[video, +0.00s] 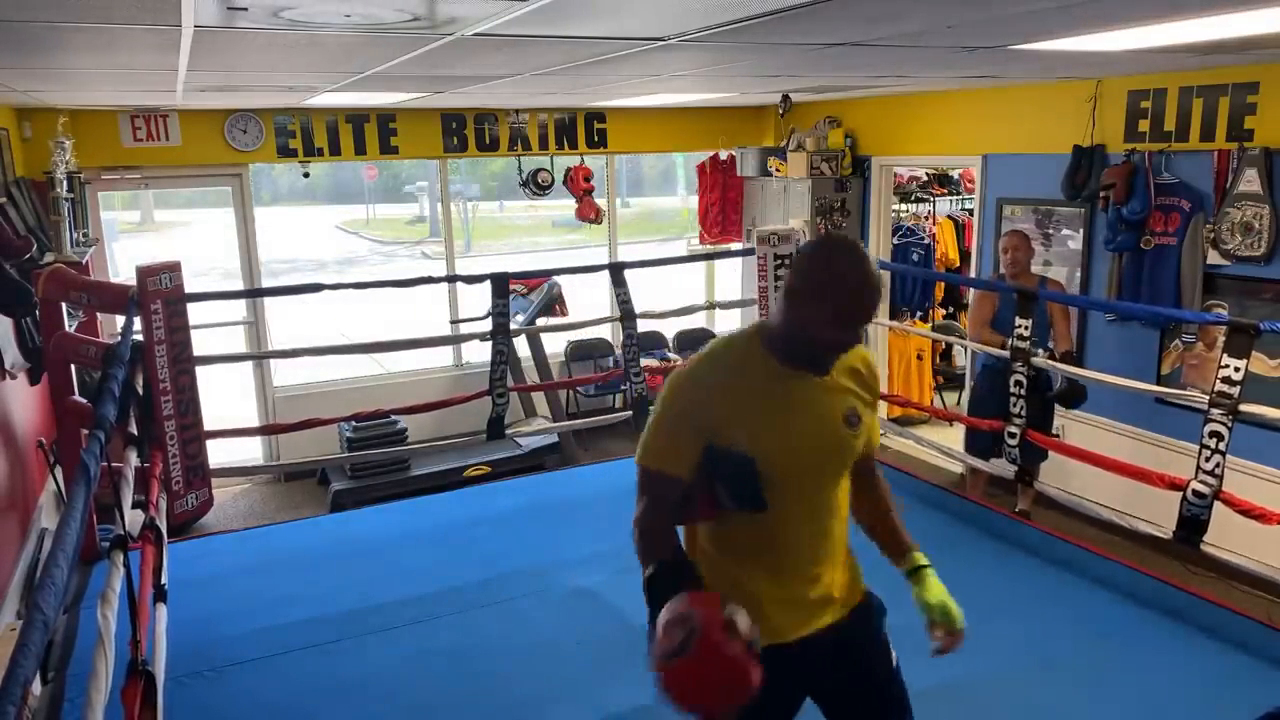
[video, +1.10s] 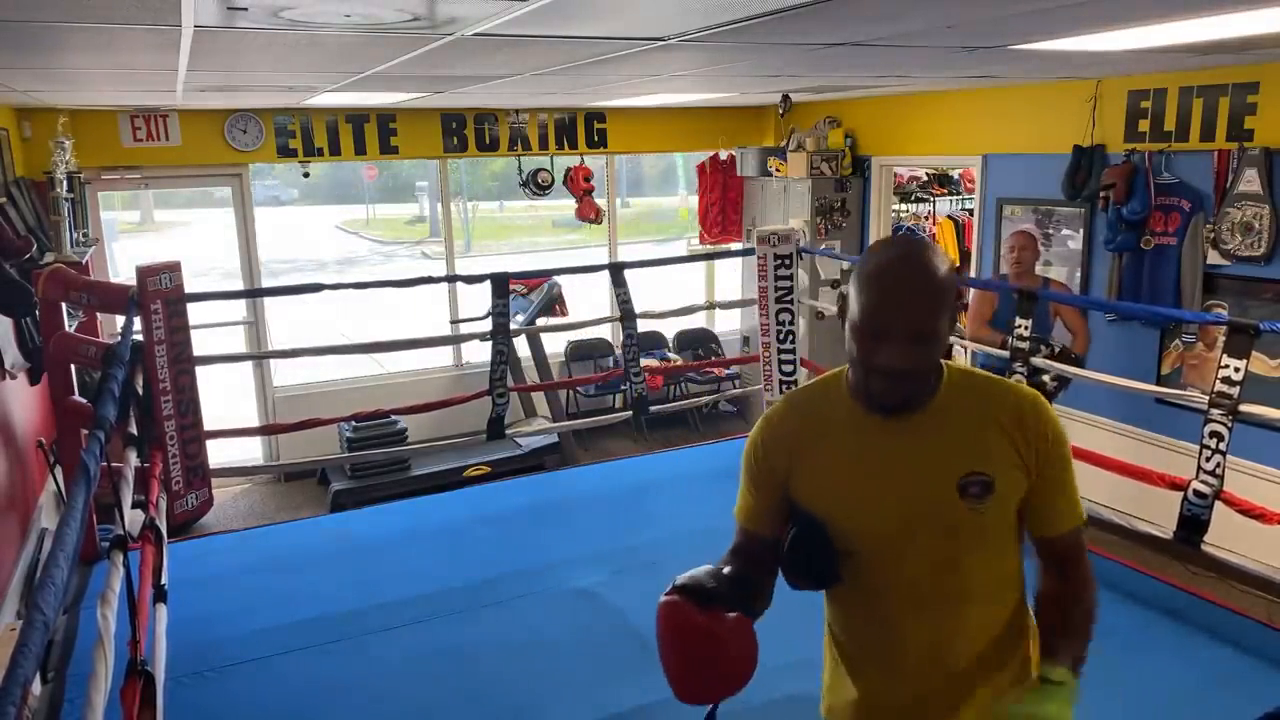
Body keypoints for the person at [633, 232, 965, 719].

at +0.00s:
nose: (851, 343)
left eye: (860, 328)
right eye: (842, 325)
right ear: (797, 300)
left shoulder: (856, 372)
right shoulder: (699, 387)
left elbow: (864, 480)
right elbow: (652, 519)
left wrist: (919, 573)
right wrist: (684, 621)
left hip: (843, 624)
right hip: (743, 647)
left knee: (889, 711)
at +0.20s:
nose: (908, 351)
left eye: (916, 335)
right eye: (901, 332)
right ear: (858, 311)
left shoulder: (906, 386)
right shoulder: (742, 389)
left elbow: (901, 489)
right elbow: (684, 506)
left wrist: (967, 586)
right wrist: (675, 613)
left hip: (878, 651)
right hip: (774, 663)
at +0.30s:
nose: (940, 351)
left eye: (951, 337)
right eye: (931, 332)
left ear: (959, 326)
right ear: (886, 305)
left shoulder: (947, 390)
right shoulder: (773, 384)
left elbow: (943, 502)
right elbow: (710, 505)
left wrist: (1002, 606)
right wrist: (692, 598)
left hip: (902, 656)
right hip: (794, 664)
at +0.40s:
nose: (974, 354)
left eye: (986, 339)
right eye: (965, 334)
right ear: (915, 302)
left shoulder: (983, 402)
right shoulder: (796, 383)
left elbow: (993, 525)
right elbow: (725, 505)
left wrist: (1040, 629)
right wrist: (716, 579)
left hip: (927, 669)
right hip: (819, 671)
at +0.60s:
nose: (990, 355)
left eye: (1008, 340)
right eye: (980, 331)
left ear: (1019, 336)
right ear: (931, 296)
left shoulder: (1024, 413)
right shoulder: (818, 391)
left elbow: (1044, 554)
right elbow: (752, 500)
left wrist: (1111, 669)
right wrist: (737, 552)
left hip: (961, 681)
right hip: (845, 684)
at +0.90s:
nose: (911, 363)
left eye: (936, 343)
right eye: (892, 339)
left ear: (961, 329)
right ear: (859, 319)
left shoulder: (1015, 412)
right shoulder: (794, 427)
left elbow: (1047, 546)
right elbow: (759, 552)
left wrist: (1105, 673)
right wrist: (731, 596)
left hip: (1007, 698)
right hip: (870, 703)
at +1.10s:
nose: (892, 358)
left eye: (916, 337)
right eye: (871, 335)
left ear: (954, 321)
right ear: (844, 316)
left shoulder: (1019, 420)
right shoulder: (786, 432)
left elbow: (1064, 563)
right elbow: (752, 561)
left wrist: (1054, 682)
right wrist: (715, 590)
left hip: (994, 693)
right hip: (859, 699)